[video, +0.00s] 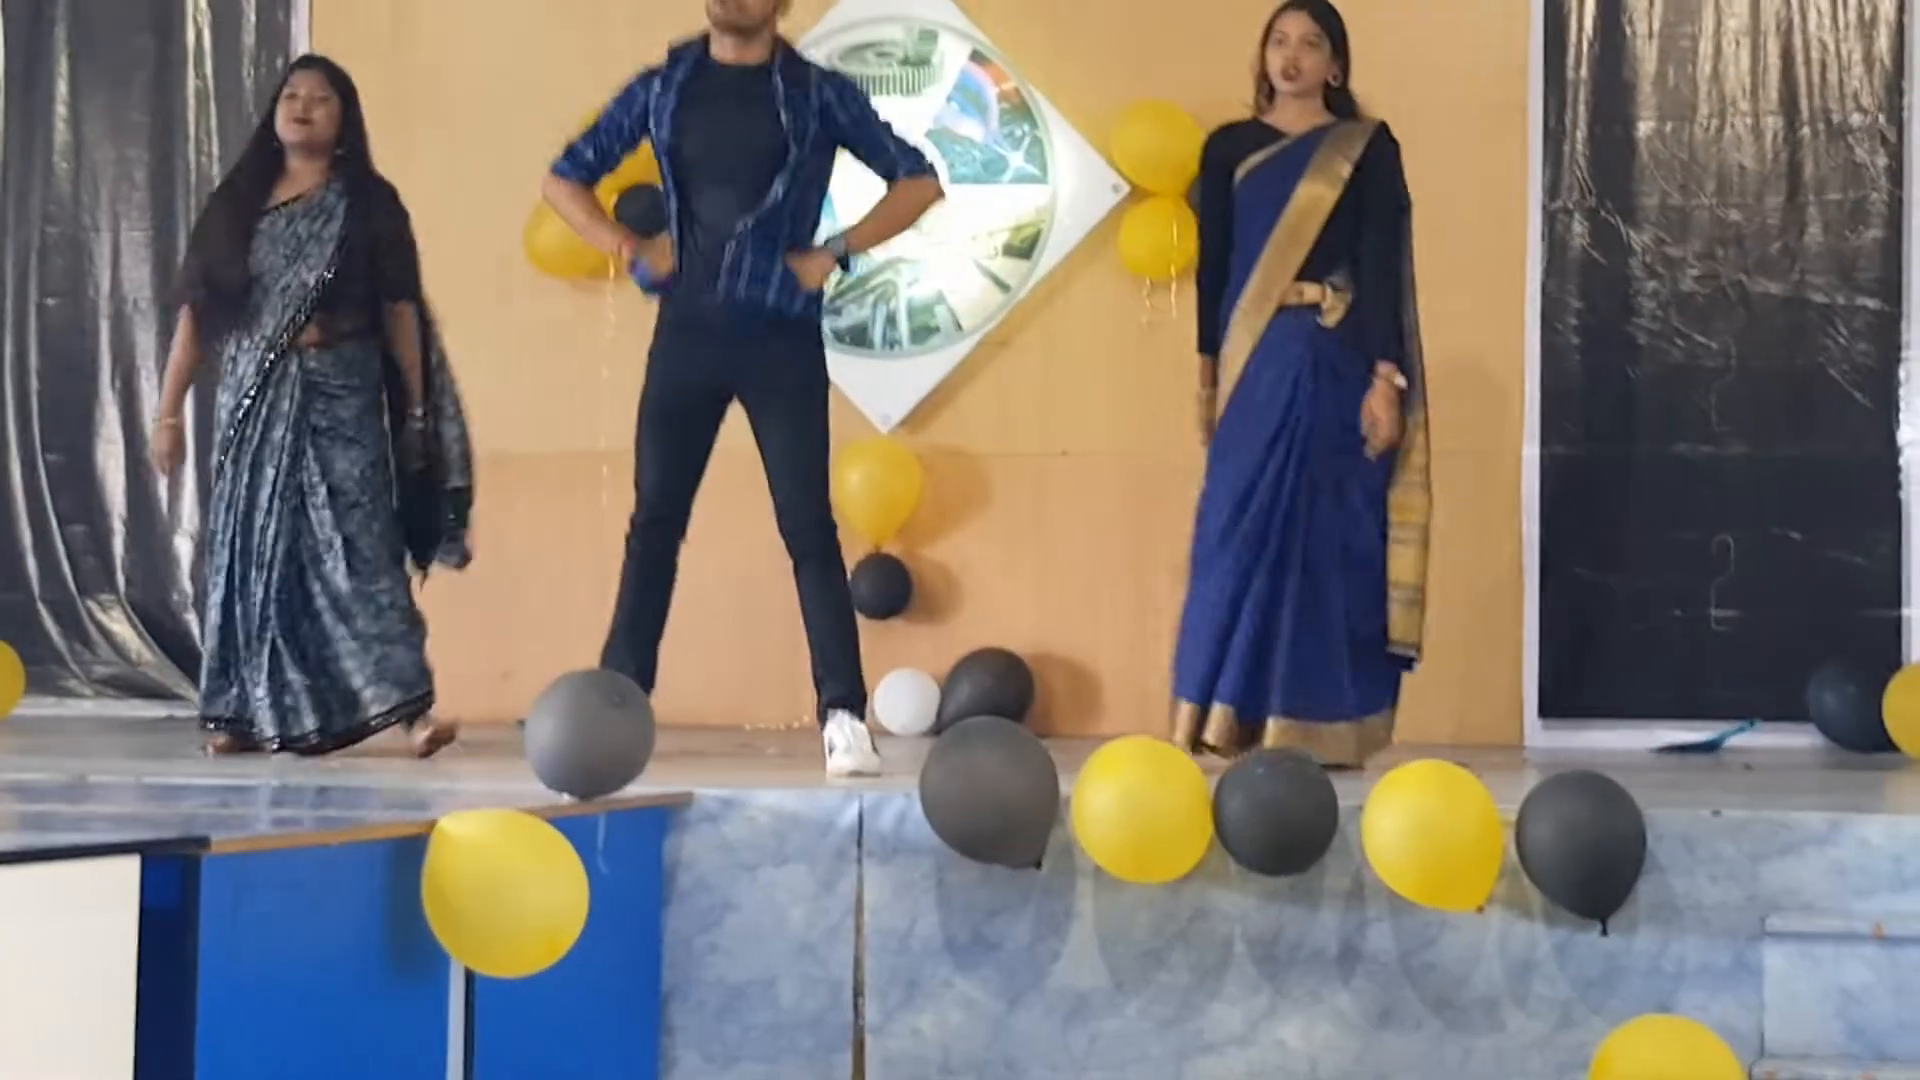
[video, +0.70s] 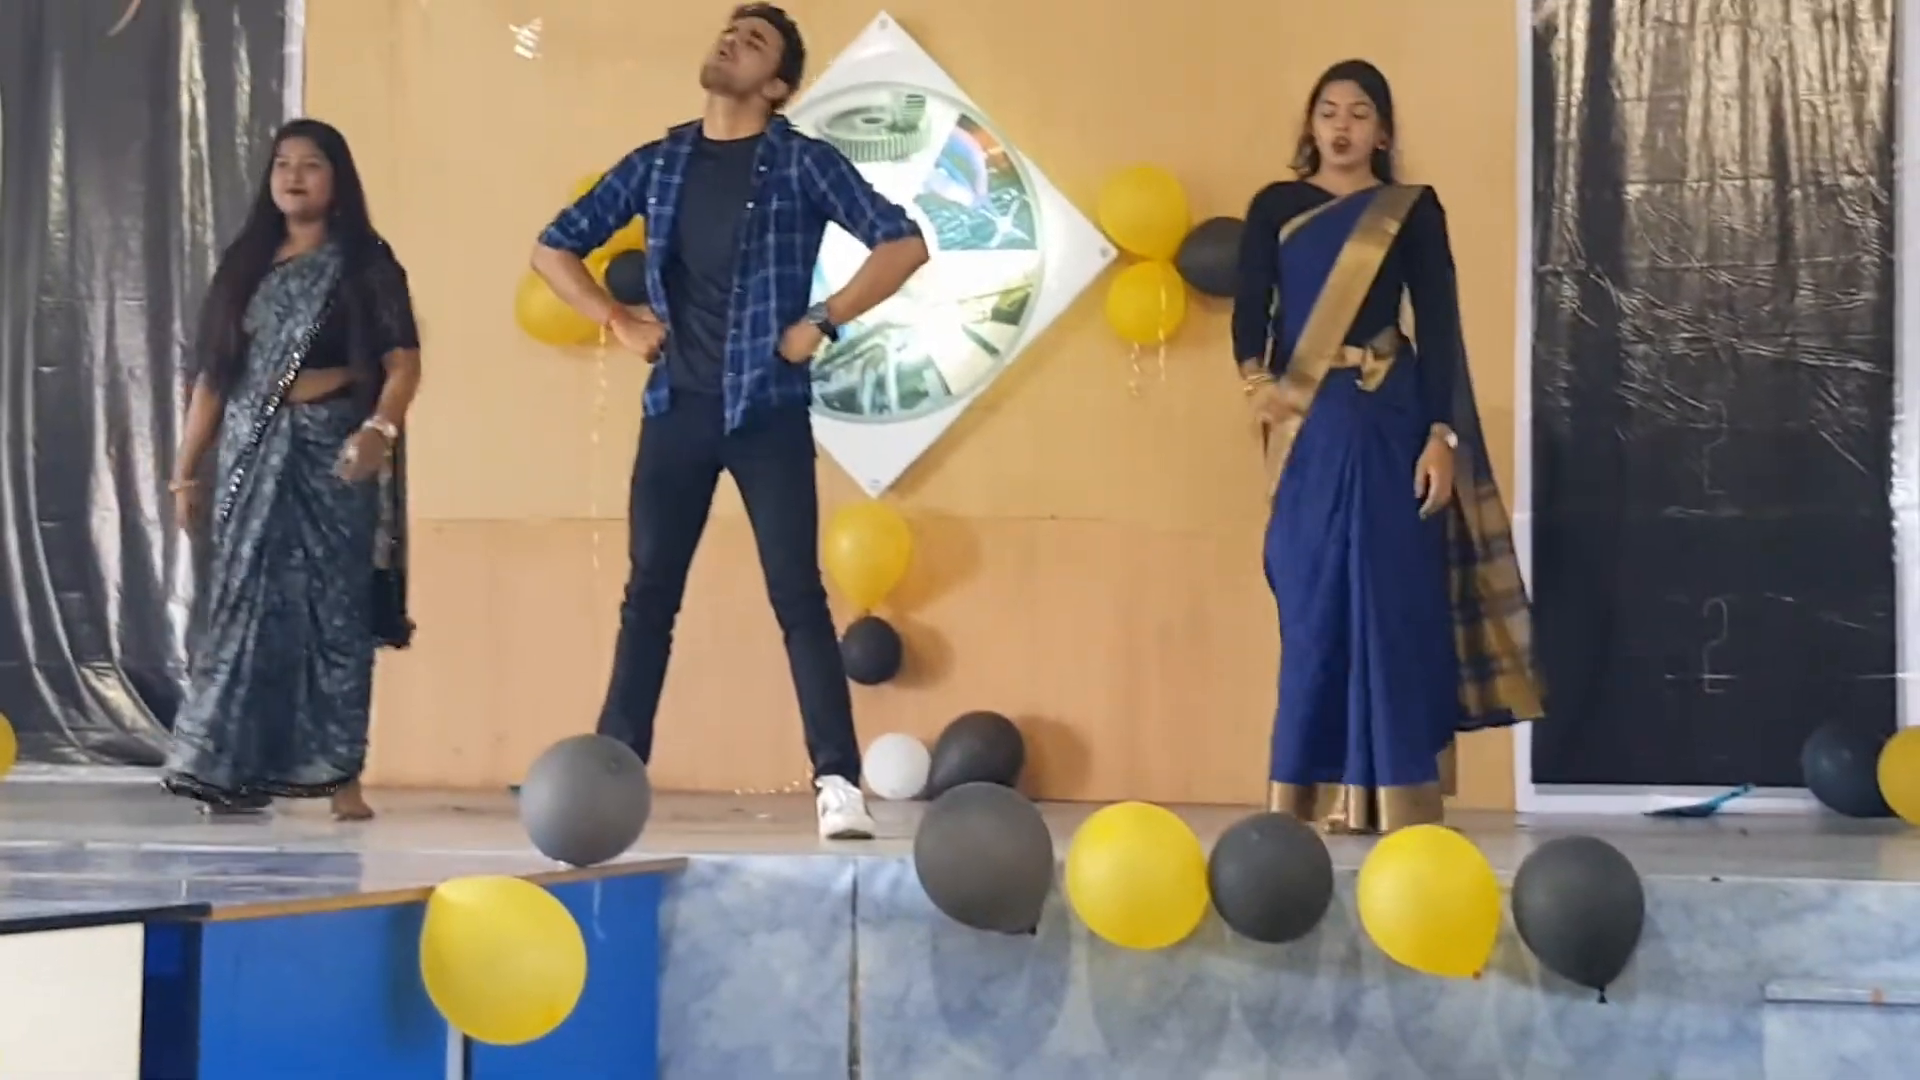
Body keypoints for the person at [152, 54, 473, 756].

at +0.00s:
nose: (302, 108)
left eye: (319, 99)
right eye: (291, 98)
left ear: (345, 116)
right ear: (272, 113)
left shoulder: (372, 200)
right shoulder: (237, 199)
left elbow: (401, 310)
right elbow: (197, 311)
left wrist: (418, 410)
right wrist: (168, 412)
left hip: (341, 396)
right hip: (253, 396)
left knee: (363, 543)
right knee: (246, 548)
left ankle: (415, 708)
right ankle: (238, 713)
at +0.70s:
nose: (295, 178)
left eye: (312, 166)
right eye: (284, 166)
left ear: (339, 179)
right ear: (269, 179)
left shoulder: (367, 262)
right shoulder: (246, 263)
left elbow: (402, 362)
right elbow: (213, 375)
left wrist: (381, 427)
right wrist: (187, 468)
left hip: (336, 454)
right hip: (254, 453)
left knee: (339, 607)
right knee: (248, 601)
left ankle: (344, 775)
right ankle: (235, 773)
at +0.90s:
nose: (284, 236)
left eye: (300, 225)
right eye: (271, 223)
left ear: (323, 237)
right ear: (254, 232)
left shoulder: (350, 314)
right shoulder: (227, 315)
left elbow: (381, 417)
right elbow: (195, 429)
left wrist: (371, 496)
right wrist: (152, 517)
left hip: (324, 504)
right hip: (246, 506)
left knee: (330, 656)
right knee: (247, 655)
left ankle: (345, 824)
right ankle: (251, 826)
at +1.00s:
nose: (287, 269)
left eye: (302, 258)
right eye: (274, 255)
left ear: (322, 268)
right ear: (253, 264)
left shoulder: (349, 339)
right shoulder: (228, 343)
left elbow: (391, 435)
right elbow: (202, 446)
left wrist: (367, 506)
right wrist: (161, 513)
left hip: (327, 529)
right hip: (250, 530)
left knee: (324, 685)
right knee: (253, 682)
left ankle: (334, 849)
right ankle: (266, 854)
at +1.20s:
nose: (326, 350)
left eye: (341, 339)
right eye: (314, 335)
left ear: (356, 346)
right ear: (288, 337)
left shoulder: (376, 415)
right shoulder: (255, 408)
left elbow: (401, 513)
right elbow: (215, 483)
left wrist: (381, 583)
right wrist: (222, 543)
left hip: (351, 605)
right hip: (271, 603)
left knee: (344, 760)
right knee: (265, 757)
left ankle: (346, 920)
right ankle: (267, 918)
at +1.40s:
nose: (425, 395)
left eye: (440, 384)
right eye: (414, 380)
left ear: (457, 393)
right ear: (387, 381)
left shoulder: (470, 464)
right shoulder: (345, 445)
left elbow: (482, 553)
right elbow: (288, 524)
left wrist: (467, 613)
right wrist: (318, 553)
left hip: (429, 646)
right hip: (350, 644)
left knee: (440, 786)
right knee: (351, 793)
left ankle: (458, 941)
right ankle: (353, 958)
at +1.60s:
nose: (500, 422)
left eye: (515, 410)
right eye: (487, 409)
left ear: (535, 422)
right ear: (466, 418)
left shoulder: (553, 506)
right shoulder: (426, 489)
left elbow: (559, 604)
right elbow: (378, 567)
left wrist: (540, 658)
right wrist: (389, 614)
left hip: (503, 686)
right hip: (420, 680)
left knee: (514, 833)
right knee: (411, 827)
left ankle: (536, 993)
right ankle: (408, 985)